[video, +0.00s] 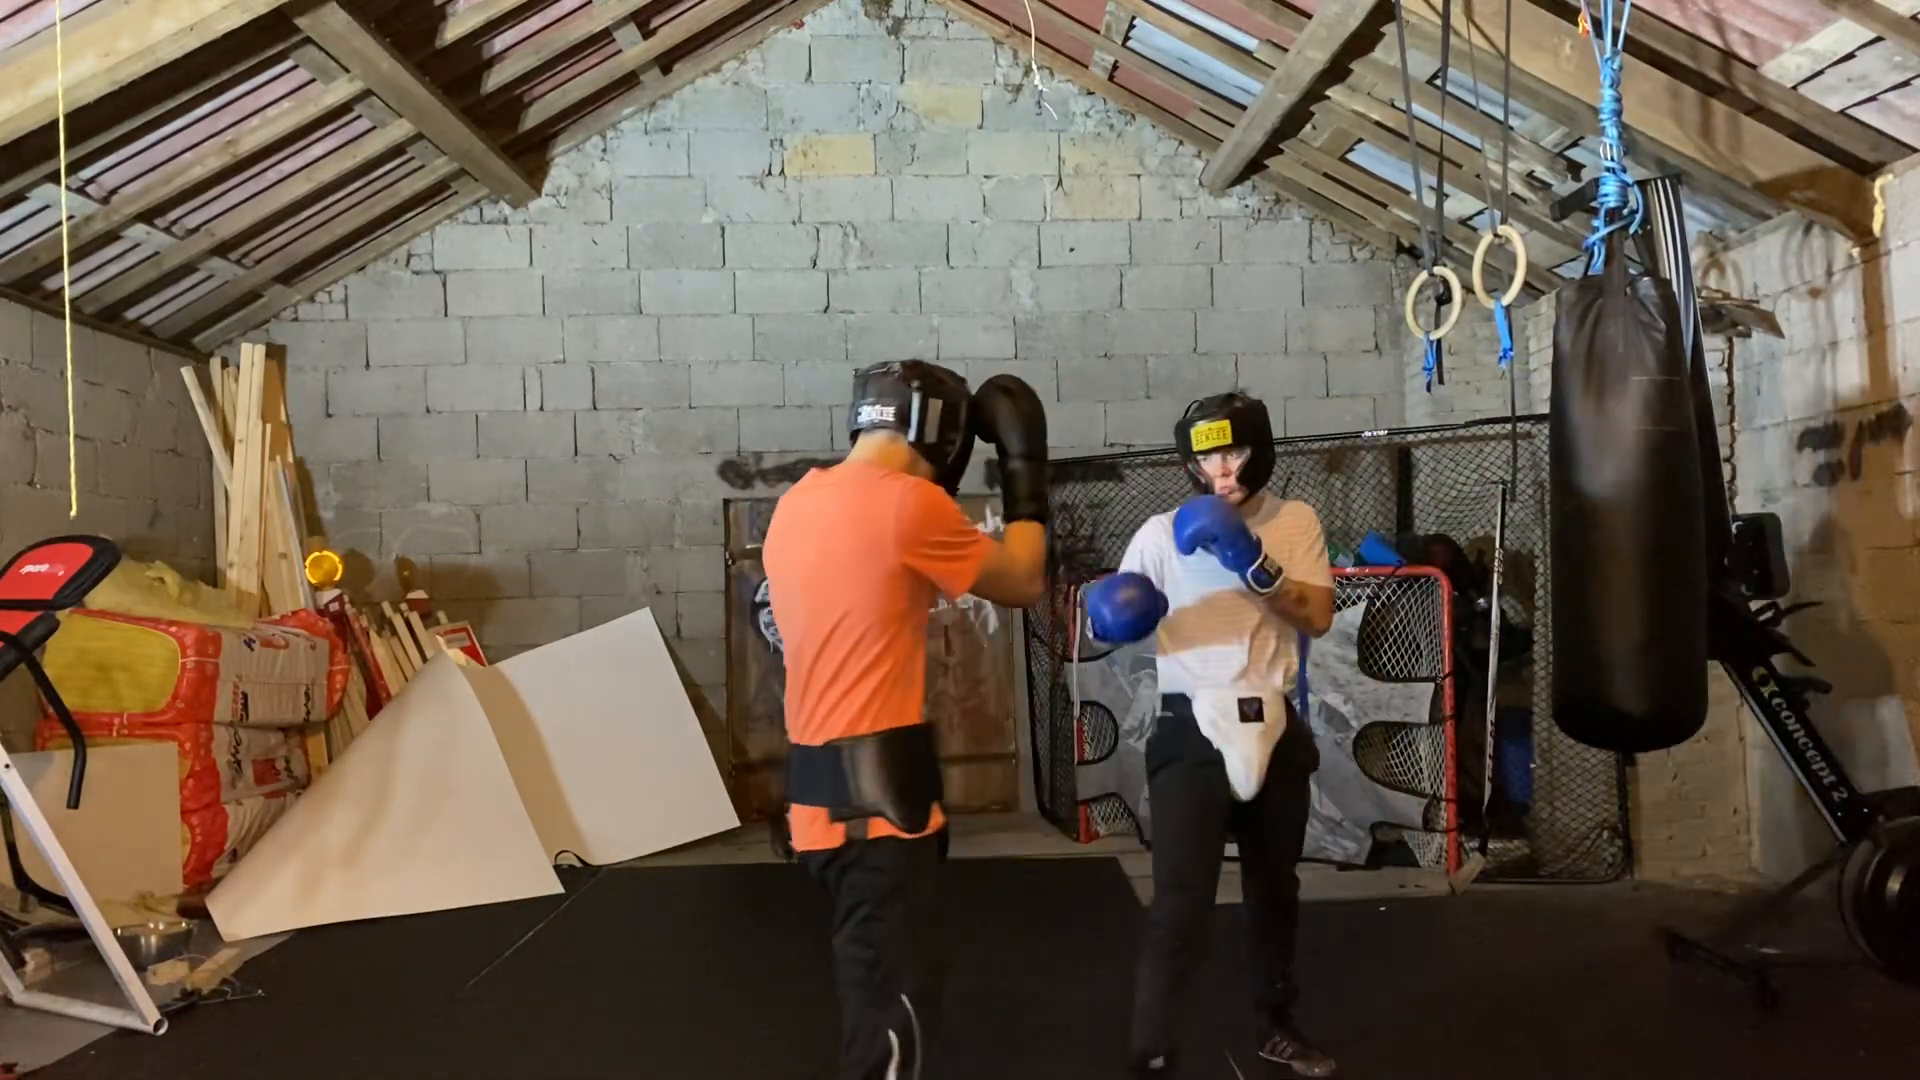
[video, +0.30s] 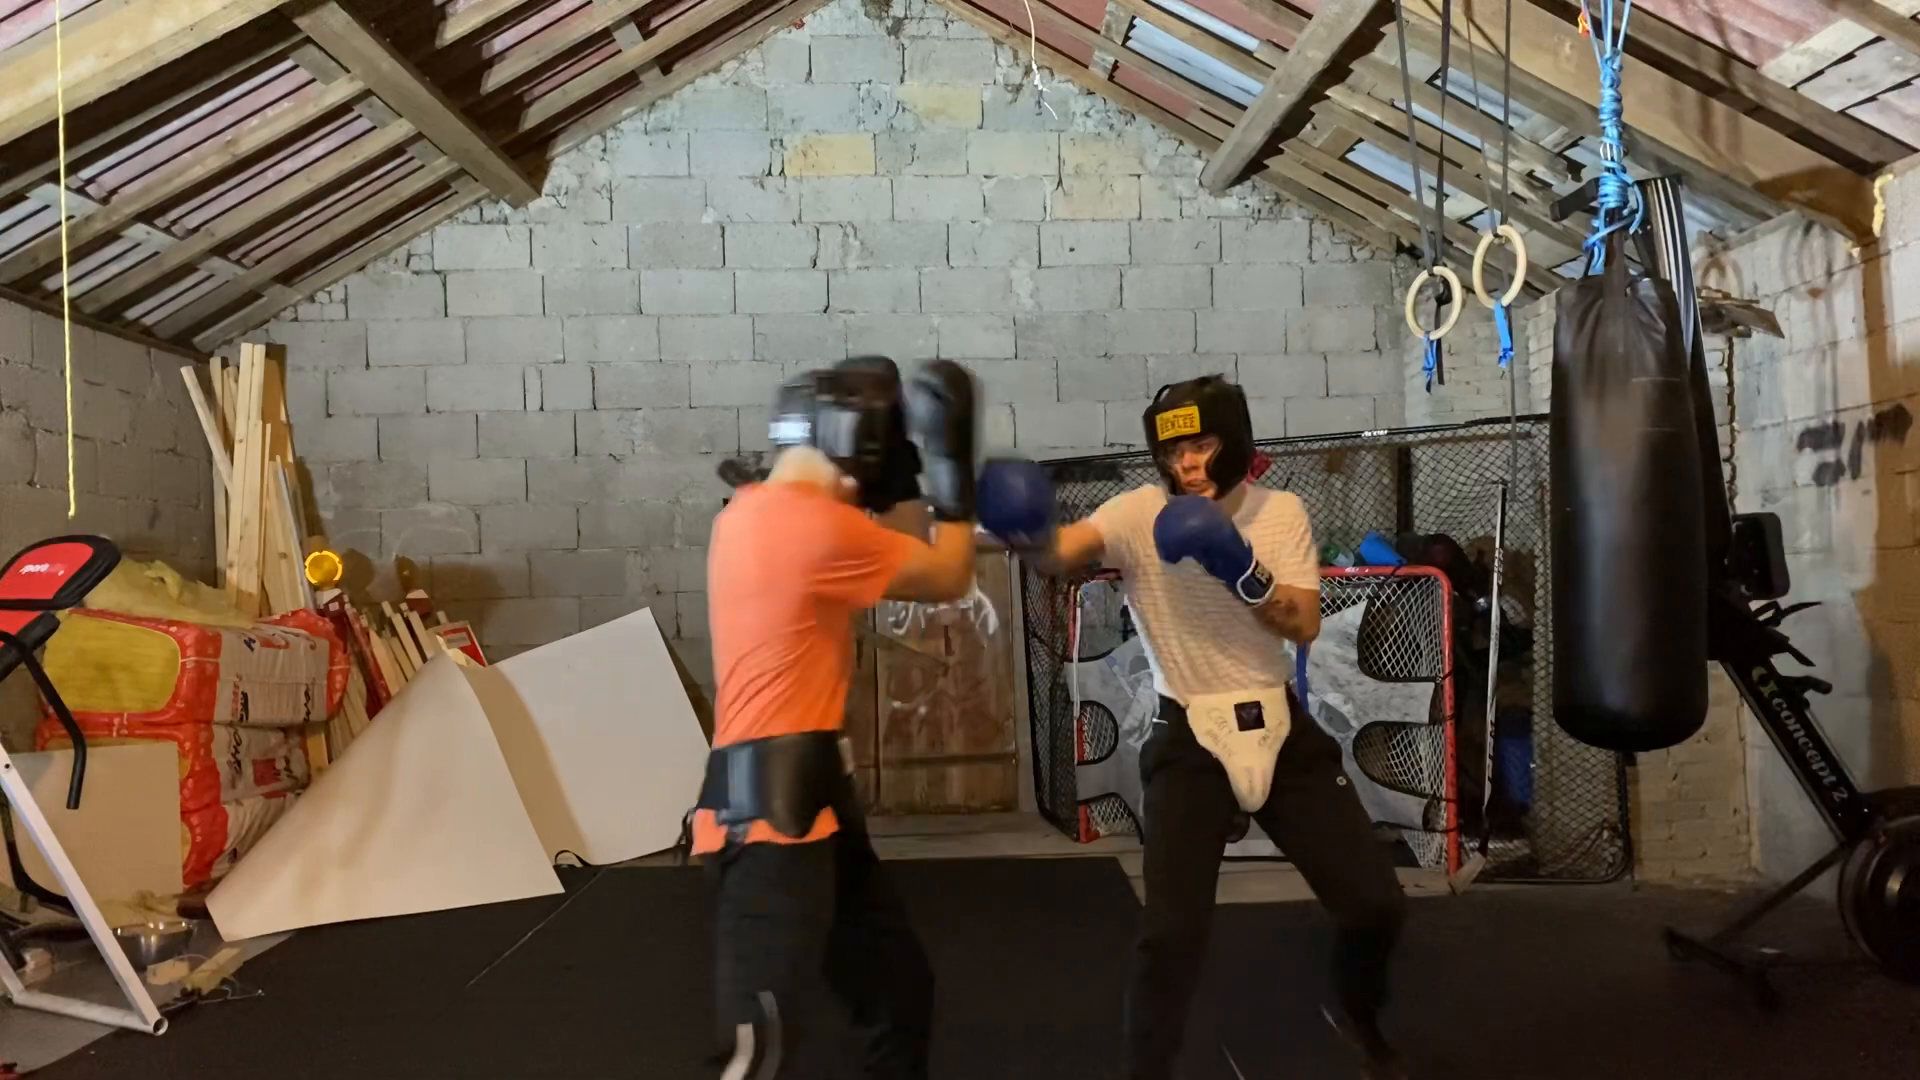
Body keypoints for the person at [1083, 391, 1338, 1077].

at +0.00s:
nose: (1226, 471)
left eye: (1237, 455)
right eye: (1211, 459)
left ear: (1261, 453)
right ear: (1192, 464)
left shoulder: (1294, 523)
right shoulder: (1161, 534)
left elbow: (1319, 614)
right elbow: (1114, 620)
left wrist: (1256, 569)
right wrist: (1108, 620)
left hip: (1277, 727)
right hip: (1187, 729)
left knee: (1273, 892)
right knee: (1180, 900)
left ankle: (1275, 1030)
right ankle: (1150, 1058)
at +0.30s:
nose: (1187, 461)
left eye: (1200, 444)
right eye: (1173, 449)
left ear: (1232, 442)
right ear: (1159, 455)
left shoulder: (1278, 512)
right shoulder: (1136, 512)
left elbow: (1304, 624)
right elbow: (1060, 556)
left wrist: (1241, 569)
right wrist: (1028, 531)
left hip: (1281, 729)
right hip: (1187, 737)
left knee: (1374, 904)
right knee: (1174, 930)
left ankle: (1355, 1010)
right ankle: (1147, 1068)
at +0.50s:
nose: (1230, 451)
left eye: (1244, 432)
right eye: (1216, 434)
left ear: (1282, 433)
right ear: (1201, 441)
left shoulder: (1331, 503)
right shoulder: (1169, 513)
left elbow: (1354, 620)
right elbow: (1114, 614)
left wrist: (1270, 555)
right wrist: (1114, 620)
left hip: (1315, 733)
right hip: (1209, 737)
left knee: (1383, 922)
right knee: (1184, 936)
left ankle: (1436, 1054)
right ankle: (1156, 1068)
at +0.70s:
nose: (1280, 446)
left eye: (1296, 427)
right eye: (1275, 428)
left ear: (1348, 430)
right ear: (1273, 436)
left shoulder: (1416, 517)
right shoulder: (1255, 517)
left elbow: (1413, 635)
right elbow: (1238, 617)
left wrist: (1313, 548)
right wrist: (1199, 615)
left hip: (1388, 766)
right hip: (1274, 768)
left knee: (1443, 969)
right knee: (1207, 964)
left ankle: (1487, 1071)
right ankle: (1195, 1070)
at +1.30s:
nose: (1167, 421)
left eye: (1178, 396)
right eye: (1163, 402)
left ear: (1245, 391)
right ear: (1232, 397)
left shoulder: (1349, 472)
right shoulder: (1200, 507)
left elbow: (1340, 593)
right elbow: (1196, 624)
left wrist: (1209, 509)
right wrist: (1110, 612)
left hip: (1354, 777)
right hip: (1233, 780)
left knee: (1419, 1009)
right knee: (1201, 1012)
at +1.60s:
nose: (1123, 395)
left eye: (1133, 372)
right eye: (1122, 374)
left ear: (1188, 368)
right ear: (1201, 370)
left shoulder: (1307, 465)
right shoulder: (1157, 482)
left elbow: (1280, 612)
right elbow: (1107, 573)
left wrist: (1166, 528)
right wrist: (1007, 537)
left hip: (1295, 772)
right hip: (1187, 773)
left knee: (1308, 1032)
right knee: (1184, 1025)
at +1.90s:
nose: (1086, 396)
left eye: (1093, 371)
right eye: (1084, 374)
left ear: (1134, 370)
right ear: (1179, 366)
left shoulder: (1263, 486)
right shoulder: (1146, 494)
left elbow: (1194, 638)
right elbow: (1147, 603)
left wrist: (1097, 542)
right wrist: (1054, 552)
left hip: (1248, 821)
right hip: (1152, 812)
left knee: (1260, 1062)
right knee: (1056, 1028)